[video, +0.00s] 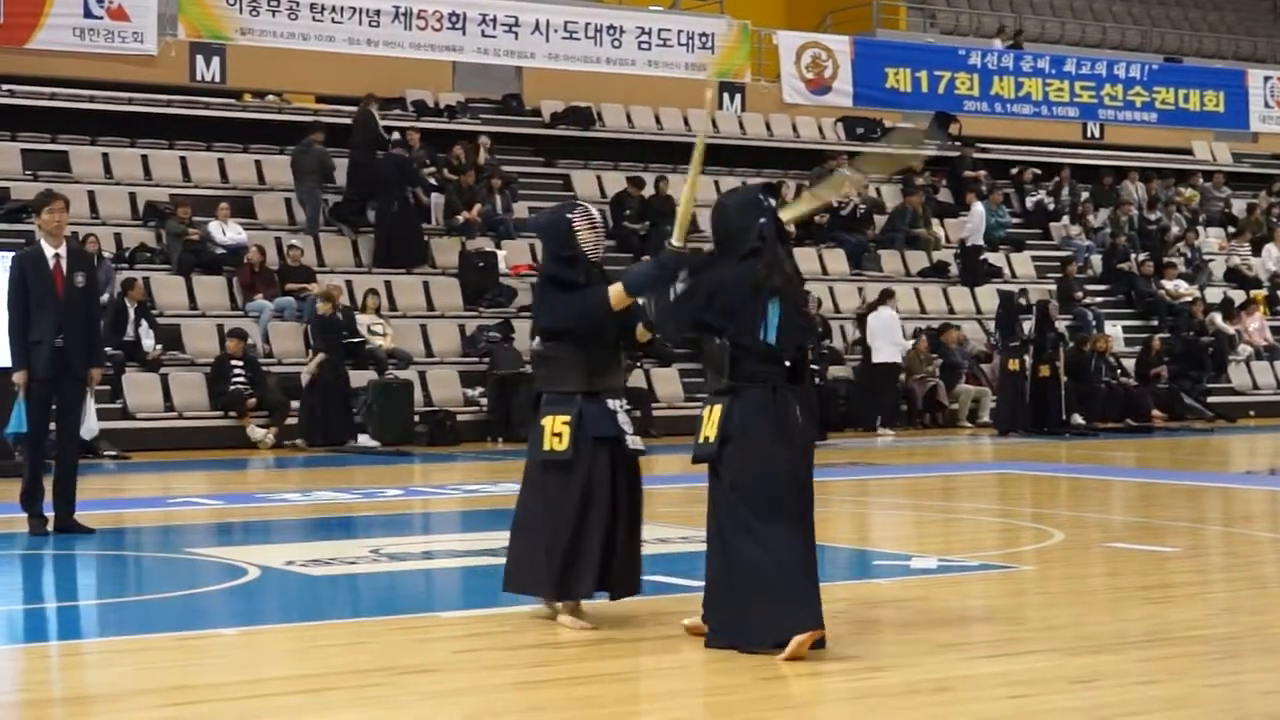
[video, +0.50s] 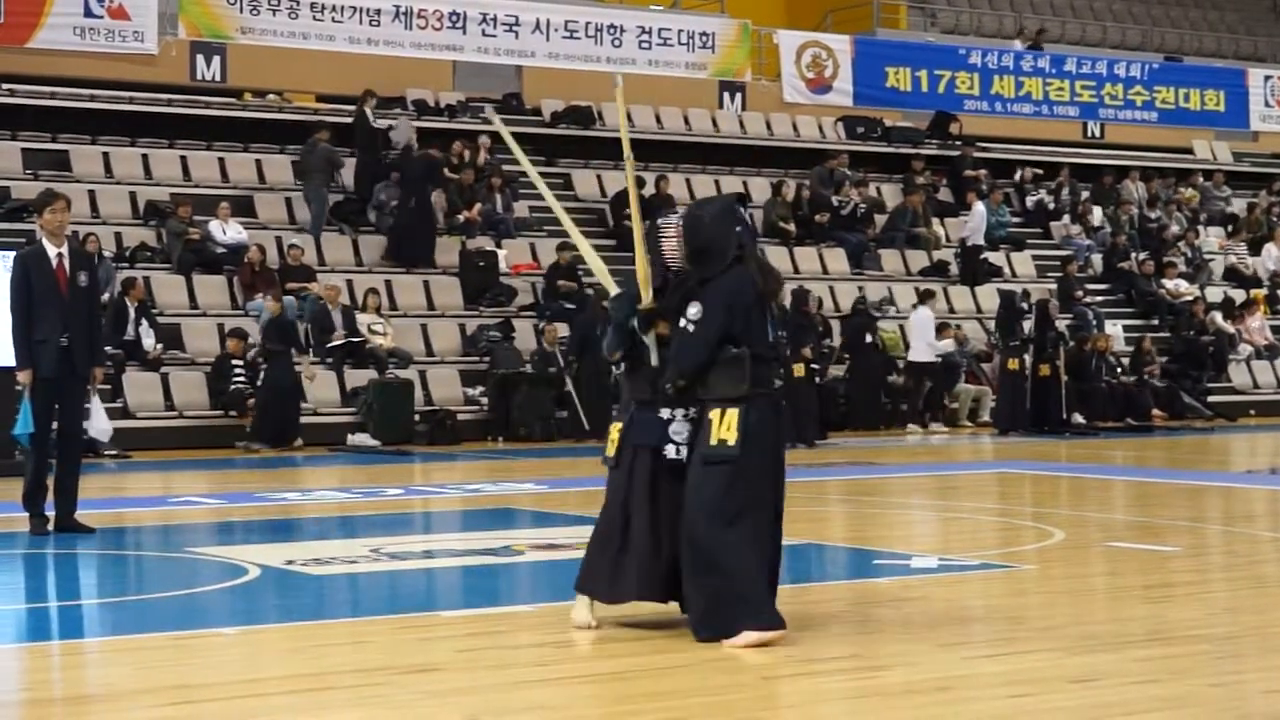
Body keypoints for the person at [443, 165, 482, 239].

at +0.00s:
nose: (473, 179)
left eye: (473, 176)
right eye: (470, 176)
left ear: (474, 176)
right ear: (462, 177)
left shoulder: (473, 188)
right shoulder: (452, 188)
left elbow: (479, 202)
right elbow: (456, 205)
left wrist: (474, 213)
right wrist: (469, 217)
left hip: (469, 215)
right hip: (453, 217)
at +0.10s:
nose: (473, 178)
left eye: (473, 176)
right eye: (470, 176)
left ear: (475, 176)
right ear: (462, 177)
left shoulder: (474, 188)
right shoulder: (453, 188)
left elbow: (479, 202)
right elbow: (456, 205)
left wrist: (474, 213)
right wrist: (469, 217)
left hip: (470, 216)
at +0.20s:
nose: (473, 178)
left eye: (473, 176)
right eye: (470, 176)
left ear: (475, 176)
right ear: (462, 177)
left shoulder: (474, 188)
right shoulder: (453, 188)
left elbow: (479, 201)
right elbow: (456, 205)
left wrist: (473, 212)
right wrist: (469, 217)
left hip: (469, 216)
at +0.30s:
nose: (472, 178)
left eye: (473, 175)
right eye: (469, 175)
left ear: (474, 176)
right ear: (462, 176)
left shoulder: (473, 188)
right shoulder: (453, 187)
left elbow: (479, 201)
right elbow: (455, 204)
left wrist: (474, 212)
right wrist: (469, 216)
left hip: (469, 215)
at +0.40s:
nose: (470, 177)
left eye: (472, 175)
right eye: (467, 175)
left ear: (474, 175)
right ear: (461, 175)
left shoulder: (473, 187)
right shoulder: (453, 187)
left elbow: (479, 201)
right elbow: (455, 204)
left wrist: (474, 212)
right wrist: (469, 216)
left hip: (470, 215)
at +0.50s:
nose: (468, 177)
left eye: (471, 175)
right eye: (465, 174)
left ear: (474, 176)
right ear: (461, 175)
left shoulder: (474, 187)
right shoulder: (454, 187)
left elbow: (479, 201)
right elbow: (454, 201)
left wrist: (474, 212)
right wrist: (467, 214)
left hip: (470, 214)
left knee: (476, 221)